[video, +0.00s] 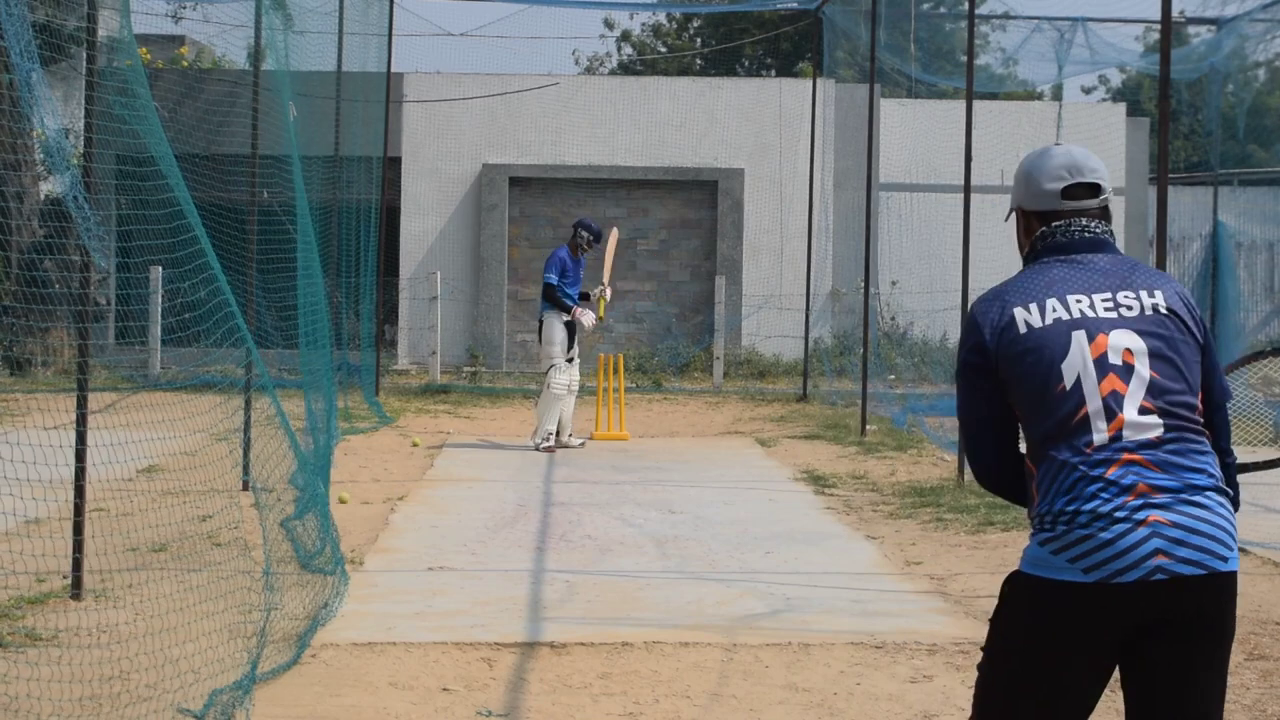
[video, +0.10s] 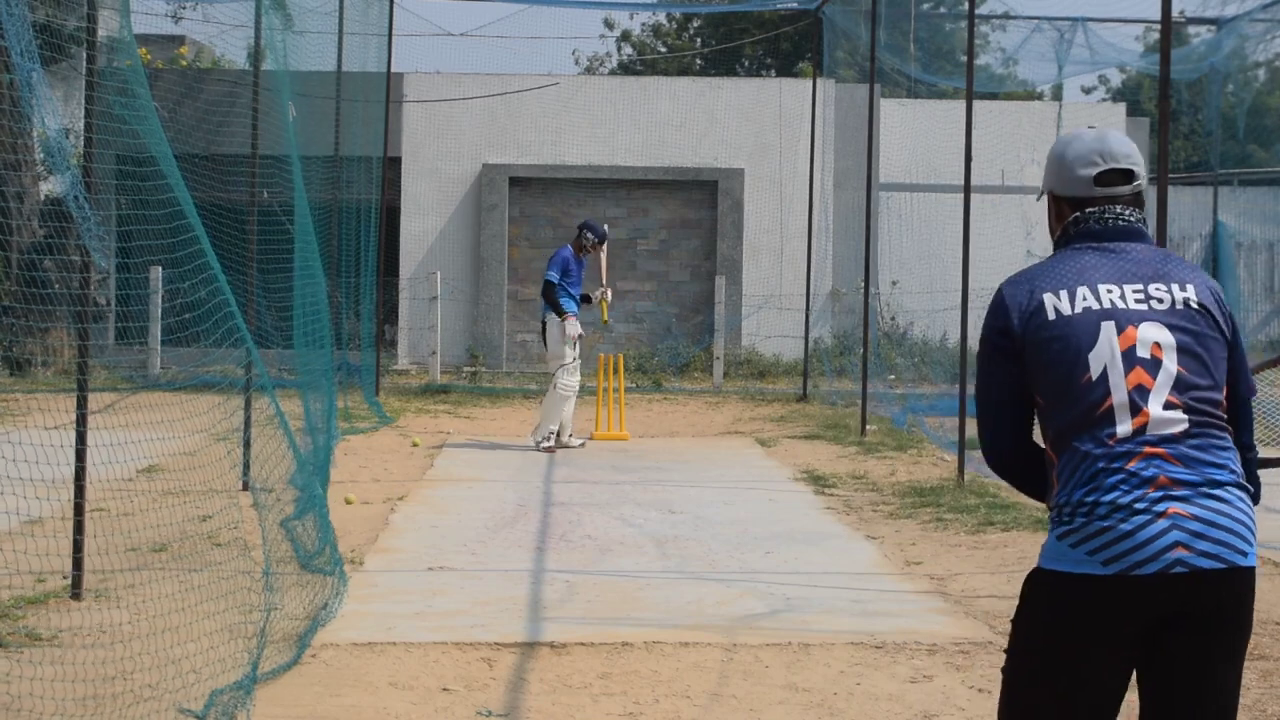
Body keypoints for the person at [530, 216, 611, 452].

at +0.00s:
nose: (589, 248)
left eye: (591, 244)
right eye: (588, 243)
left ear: (587, 241)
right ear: (579, 237)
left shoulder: (579, 260)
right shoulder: (559, 256)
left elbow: (571, 295)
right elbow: (549, 292)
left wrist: (592, 295)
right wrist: (577, 311)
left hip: (569, 320)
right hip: (554, 319)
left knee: (572, 380)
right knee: (558, 380)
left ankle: (563, 435)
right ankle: (542, 435)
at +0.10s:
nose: (596, 250)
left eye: (598, 246)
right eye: (595, 245)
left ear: (589, 242)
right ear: (585, 239)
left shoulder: (579, 261)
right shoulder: (563, 256)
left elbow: (571, 297)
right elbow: (548, 291)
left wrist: (592, 298)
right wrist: (566, 317)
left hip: (571, 321)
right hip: (558, 321)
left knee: (572, 379)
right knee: (565, 380)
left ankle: (563, 435)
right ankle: (543, 434)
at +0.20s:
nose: (597, 253)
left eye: (600, 250)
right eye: (597, 248)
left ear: (595, 246)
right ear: (590, 241)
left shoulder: (580, 261)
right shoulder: (568, 257)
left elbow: (571, 296)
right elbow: (549, 291)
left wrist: (592, 301)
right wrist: (551, 322)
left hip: (570, 319)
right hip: (562, 318)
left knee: (569, 379)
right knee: (578, 374)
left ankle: (564, 435)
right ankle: (547, 427)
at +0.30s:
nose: (600, 255)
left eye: (603, 252)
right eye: (601, 250)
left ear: (598, 246)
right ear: (595, 243)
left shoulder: (583, 262)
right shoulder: (571, 257)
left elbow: (572, 297)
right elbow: (550, 291)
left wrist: (593, 302)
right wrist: (553, 322)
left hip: (571, 318)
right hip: (563, 318)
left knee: (571, 380)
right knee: (584, 375)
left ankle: (559, 429)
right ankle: (557, 431)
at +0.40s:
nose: (606, 259)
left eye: (609, 256)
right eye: (608, 255)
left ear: (601, 246)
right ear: (601, 247)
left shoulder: (586, 263)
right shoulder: (577, 258)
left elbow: (575, 299)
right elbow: (554, 291)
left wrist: (595, 304)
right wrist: (560, 321)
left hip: (571, 318)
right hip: (568, 319)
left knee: (574, 379)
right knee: (583, 378)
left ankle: (558, 430)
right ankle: (569, 437)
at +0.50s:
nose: (610, 262)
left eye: (613, 259)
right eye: (612, 257)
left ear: (604, 247)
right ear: (605, 249)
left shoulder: (588, 263)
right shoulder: (582, 260)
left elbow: (576, 299)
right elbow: (557, 290)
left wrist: (596, 306)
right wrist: (567, 317)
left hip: (572, 324)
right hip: (568, 324)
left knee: (577, 381)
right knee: (581, 382)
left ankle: (561, 434)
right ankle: (573, 440)